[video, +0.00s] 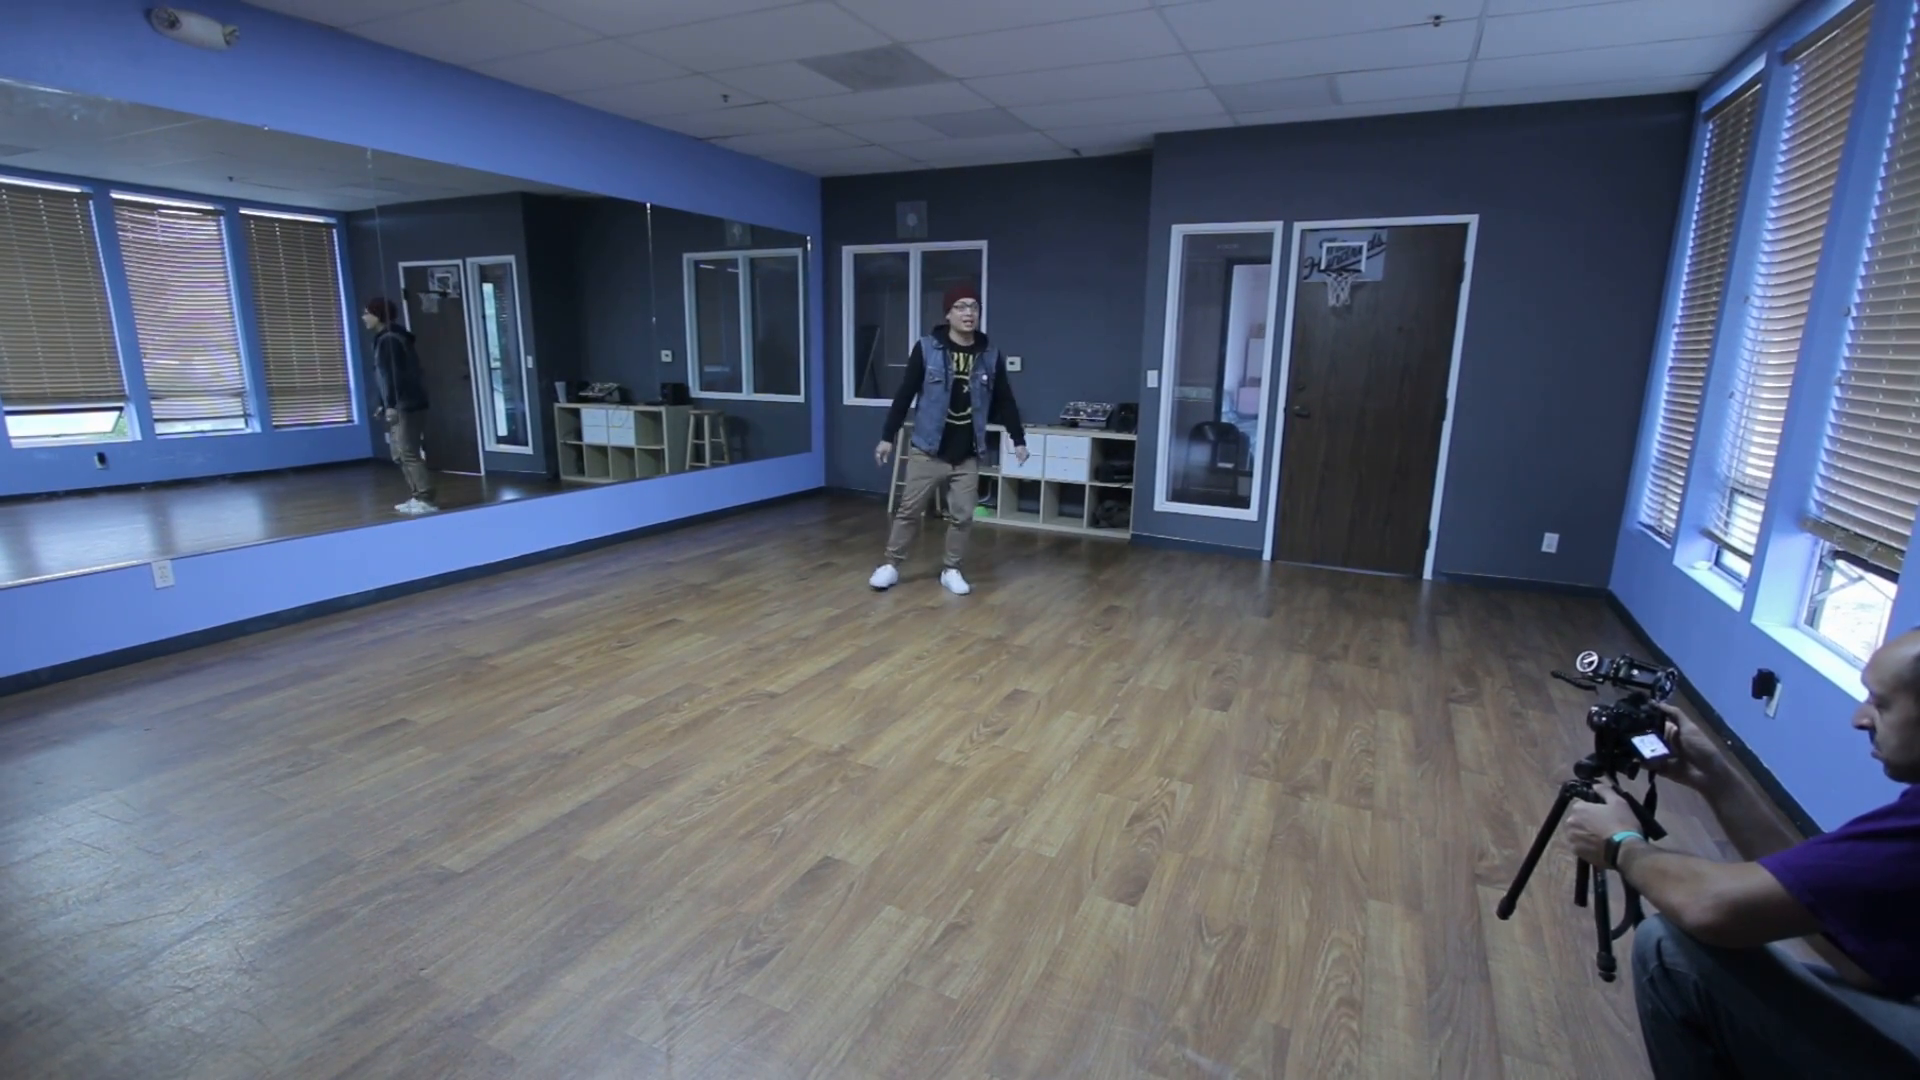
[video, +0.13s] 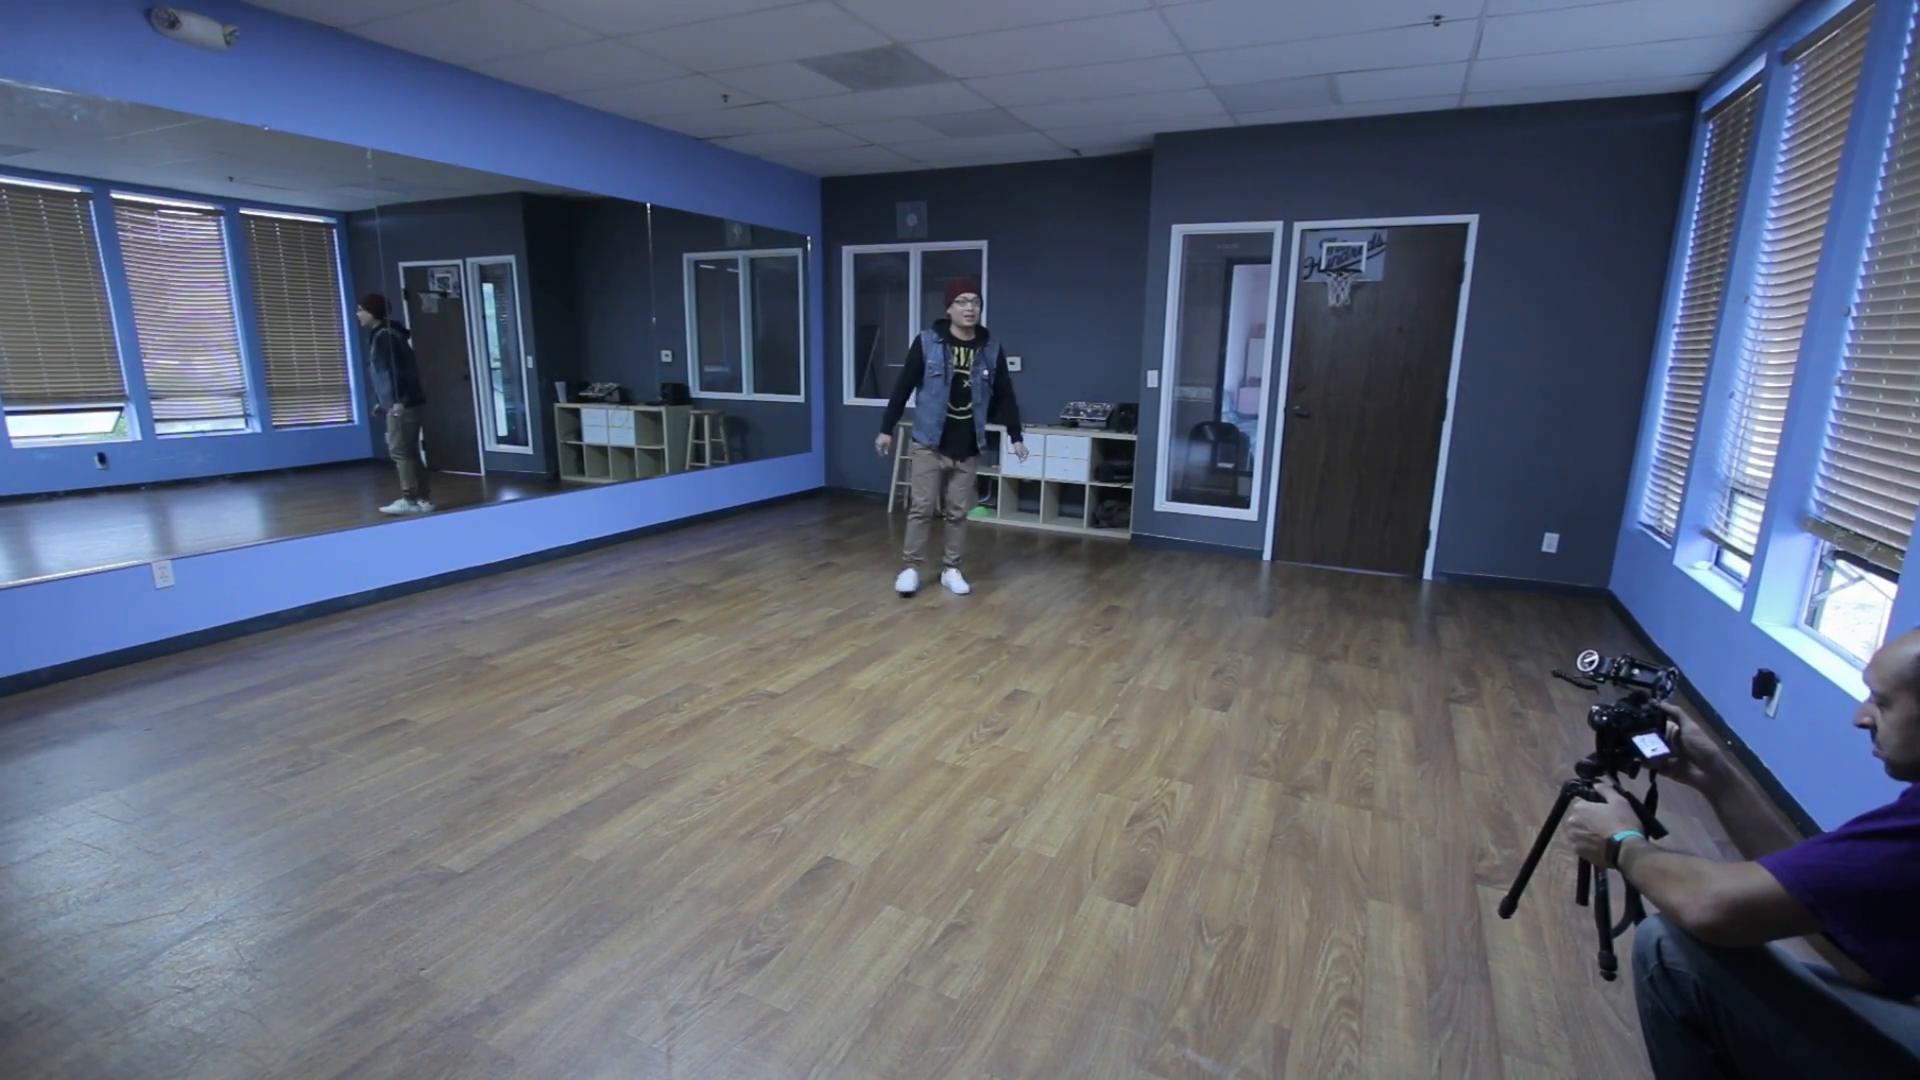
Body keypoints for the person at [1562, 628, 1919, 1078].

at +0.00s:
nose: (1860, 720)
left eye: (1881, 702)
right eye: (1869, 700)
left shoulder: (1912, 819)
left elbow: (1714, 910)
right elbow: (1866, 960)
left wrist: (1619, 844)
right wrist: (1716, 779)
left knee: (1673, 950)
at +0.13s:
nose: (1861, 719)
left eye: (1882, 702)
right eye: (1870, 699)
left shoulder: (1912, 818)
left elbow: (1713, 909)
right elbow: (1865, 959)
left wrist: (1620, 843)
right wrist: (1718, 779)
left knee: (1673, 951)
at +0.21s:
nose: (1861, 719)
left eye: (1883, 701)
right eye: (1871, 699)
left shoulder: (1912, 818)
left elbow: (1712, 909)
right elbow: (1865, 959)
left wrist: (1622, 843)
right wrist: (1718, 779)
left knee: (1673, 950)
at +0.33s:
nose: (1862, 718)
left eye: (1884, 701)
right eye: (1872, 698)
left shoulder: (1913, 817)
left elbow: (1710, 909)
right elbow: (1865, 958)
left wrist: (1623, 843)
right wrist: (1719, 779)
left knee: (1673, 950)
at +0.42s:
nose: (1864, 709)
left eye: (1886, 694)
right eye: (1875, 691)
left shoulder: (1913, 817)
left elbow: (1710, 909)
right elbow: (1865, 957)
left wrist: (1623, 843)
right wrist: (1719, 780)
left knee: (1672, 950)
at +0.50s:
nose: (1875, 692)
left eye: (1897, 678)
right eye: (1887, 675)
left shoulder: (1913, 815)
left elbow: (1709, 908)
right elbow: (1867, 957)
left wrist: (1623, 842)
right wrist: (1720, 781)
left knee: (1672, 949)